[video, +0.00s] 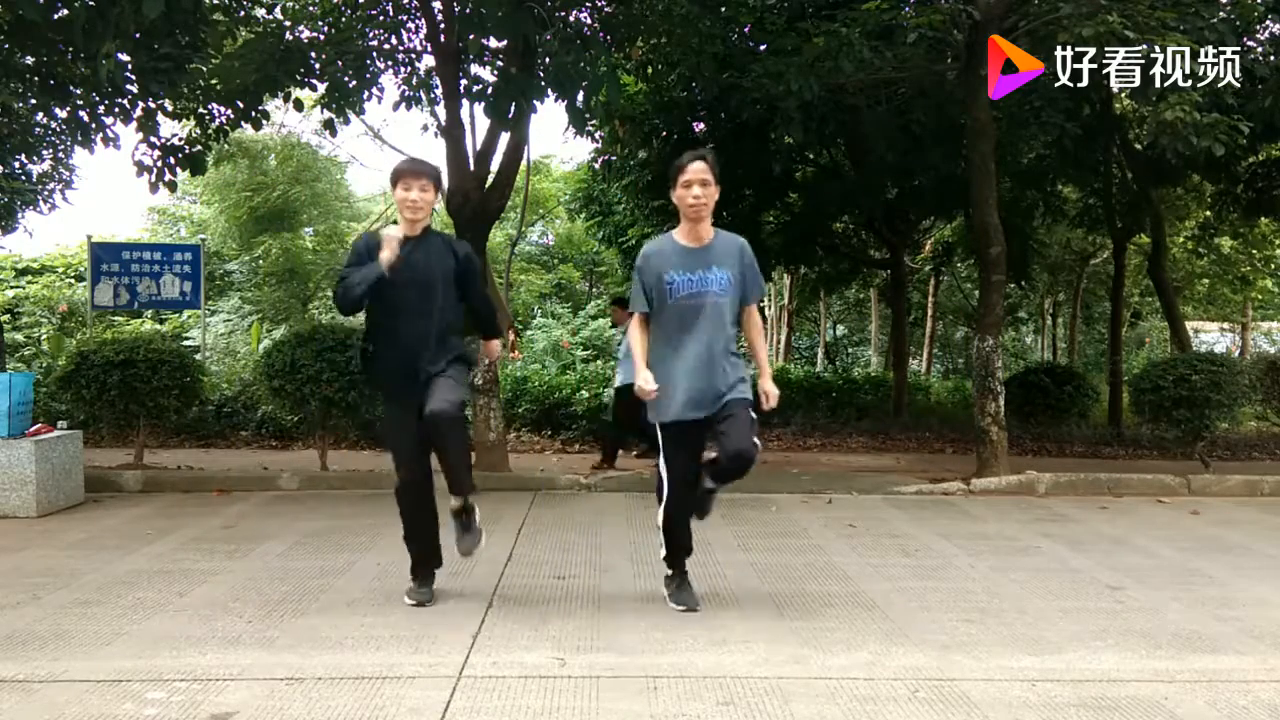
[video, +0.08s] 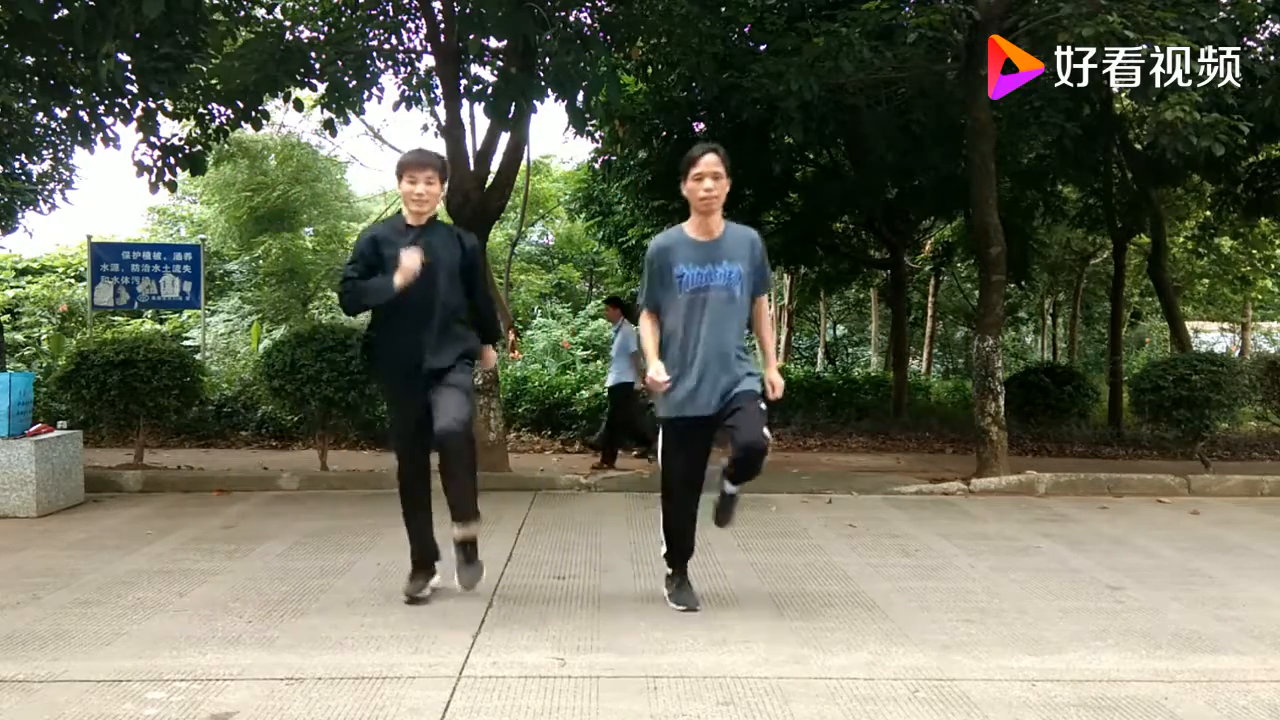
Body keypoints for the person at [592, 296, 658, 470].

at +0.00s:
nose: (612, 317)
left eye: (615, 312)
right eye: (612, 312)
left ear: (625, 312)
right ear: (625, 313)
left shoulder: (635, 330)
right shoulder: (627, 331)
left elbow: (639, 355)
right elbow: (628, 356)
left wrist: (641, 376)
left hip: (629, 382)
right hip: (624, 382)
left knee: (617, 424)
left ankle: (608, 458)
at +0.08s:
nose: (606, 314)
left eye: (608, 310)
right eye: (605, 311)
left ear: (617, 310)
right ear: (614, 311)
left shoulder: (627, 330)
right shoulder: (618, 330)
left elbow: (635, 356)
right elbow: (626, 357)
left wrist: (641, 377)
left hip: (624, 382)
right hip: (615, 382)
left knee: (614, 422)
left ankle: (607, 459)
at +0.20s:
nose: (592, 313)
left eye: (594, 309)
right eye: (592, 309)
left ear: (603, 309)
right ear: (601, 309)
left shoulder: (613, 328)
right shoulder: (607, 328)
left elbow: (615, 357)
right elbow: (610, 357)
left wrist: (613, 383)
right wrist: (600, 380)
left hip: (608, 383)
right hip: (601, 383)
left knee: (605, 423)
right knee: (603, 423)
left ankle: (607, 458)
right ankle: (606, 457)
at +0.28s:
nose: (584, 312)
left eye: (587, 308)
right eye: (584, 308)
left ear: (597, 309)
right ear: (595, 309)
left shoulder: (606, 328)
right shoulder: (601, 328)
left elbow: (605, 356)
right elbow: (600, 356)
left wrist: (596, 381)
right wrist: (591, 376)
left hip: (607, 379)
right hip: (601, 379)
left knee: (604, 418)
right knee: (601, 417)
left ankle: (607, 457)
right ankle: (600, 452)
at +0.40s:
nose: (570, 312)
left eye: (573, 308)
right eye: (571, 308)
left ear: (583, 310)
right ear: (583, 311)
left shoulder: (592, 327)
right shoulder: (586, 328)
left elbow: (585, 355)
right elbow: (585, 354)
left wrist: (571, 367)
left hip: (593, 383)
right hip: (585, 383)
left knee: (598, 423)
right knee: (569, 420)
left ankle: (605, 460)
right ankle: (552, 454)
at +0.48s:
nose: (564, 313)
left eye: (567, 309)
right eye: (564, 309)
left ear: (576, 311)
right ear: (576, 312)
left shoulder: (581, 329)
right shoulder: (583, 328)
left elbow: (576, 355)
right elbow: (578, 355)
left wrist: (555, 371)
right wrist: (559, 370)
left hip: (583, 383)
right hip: (581, 383)